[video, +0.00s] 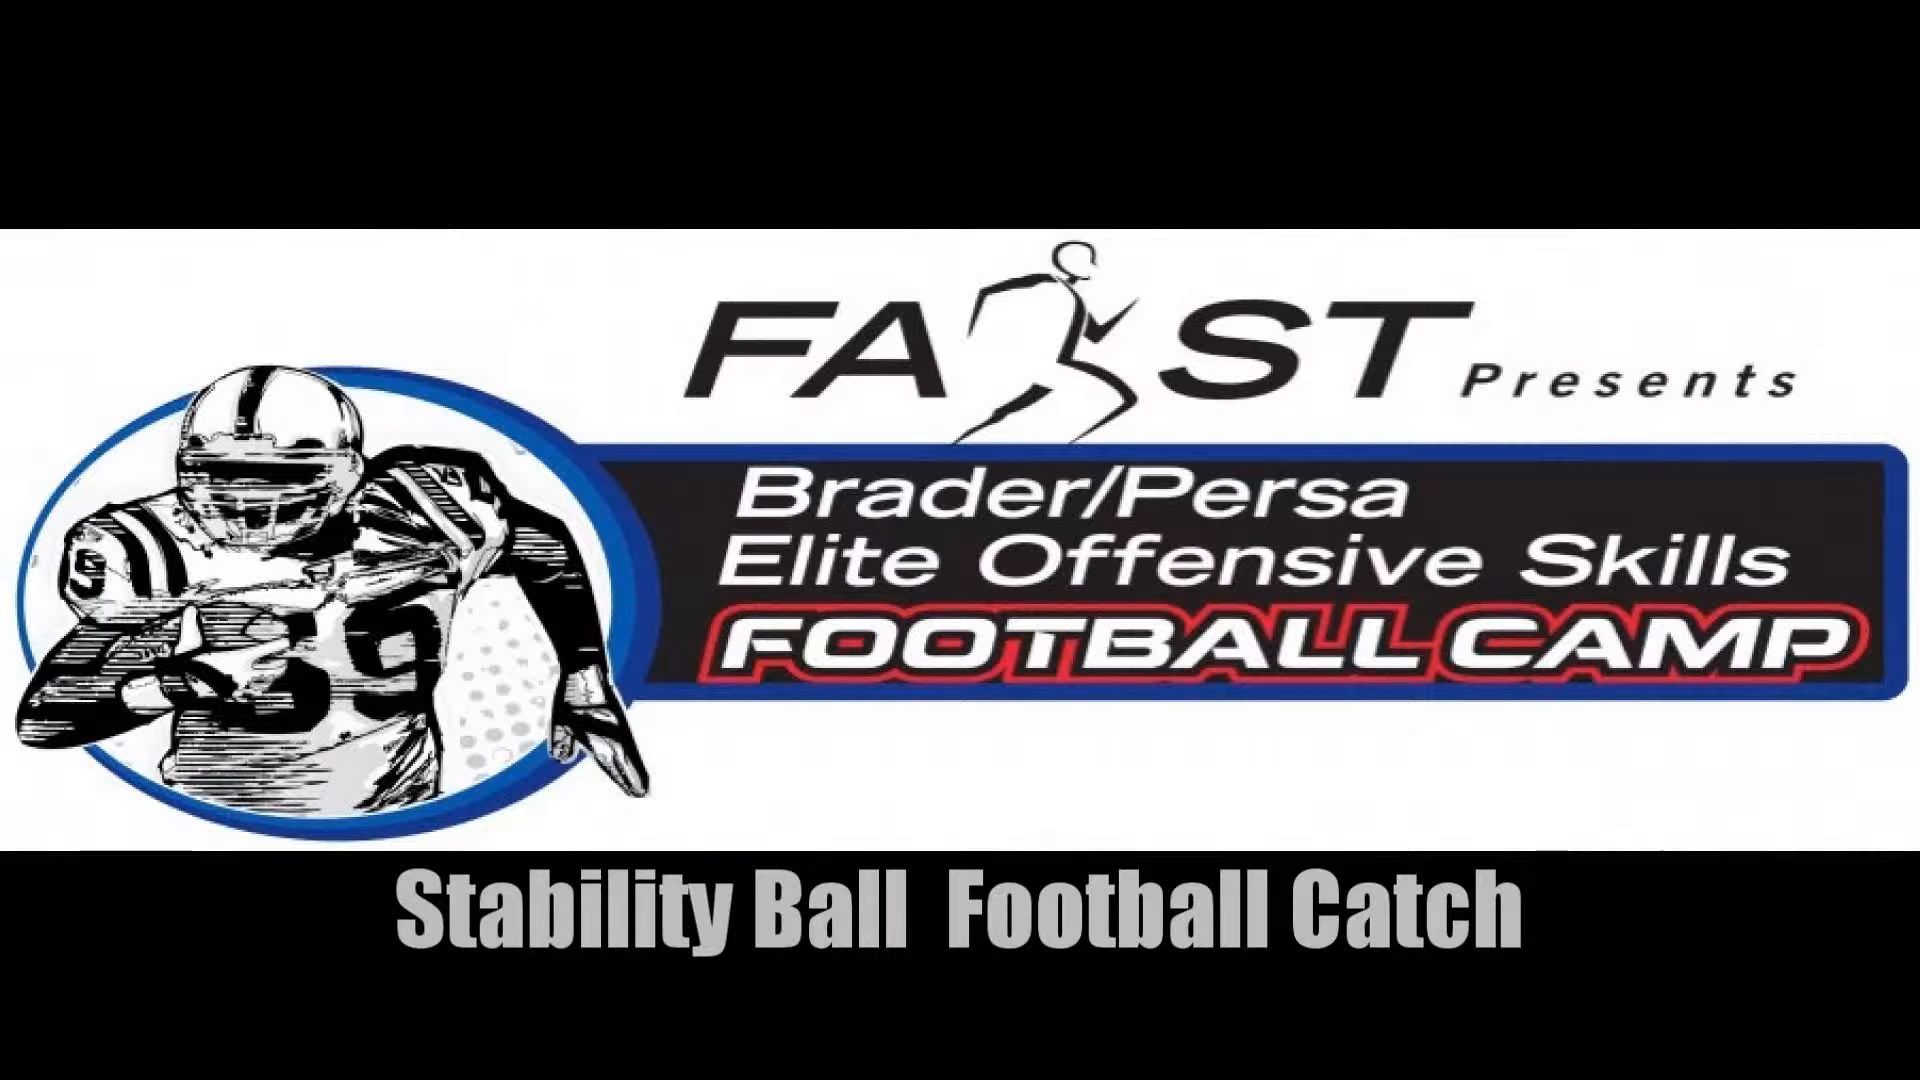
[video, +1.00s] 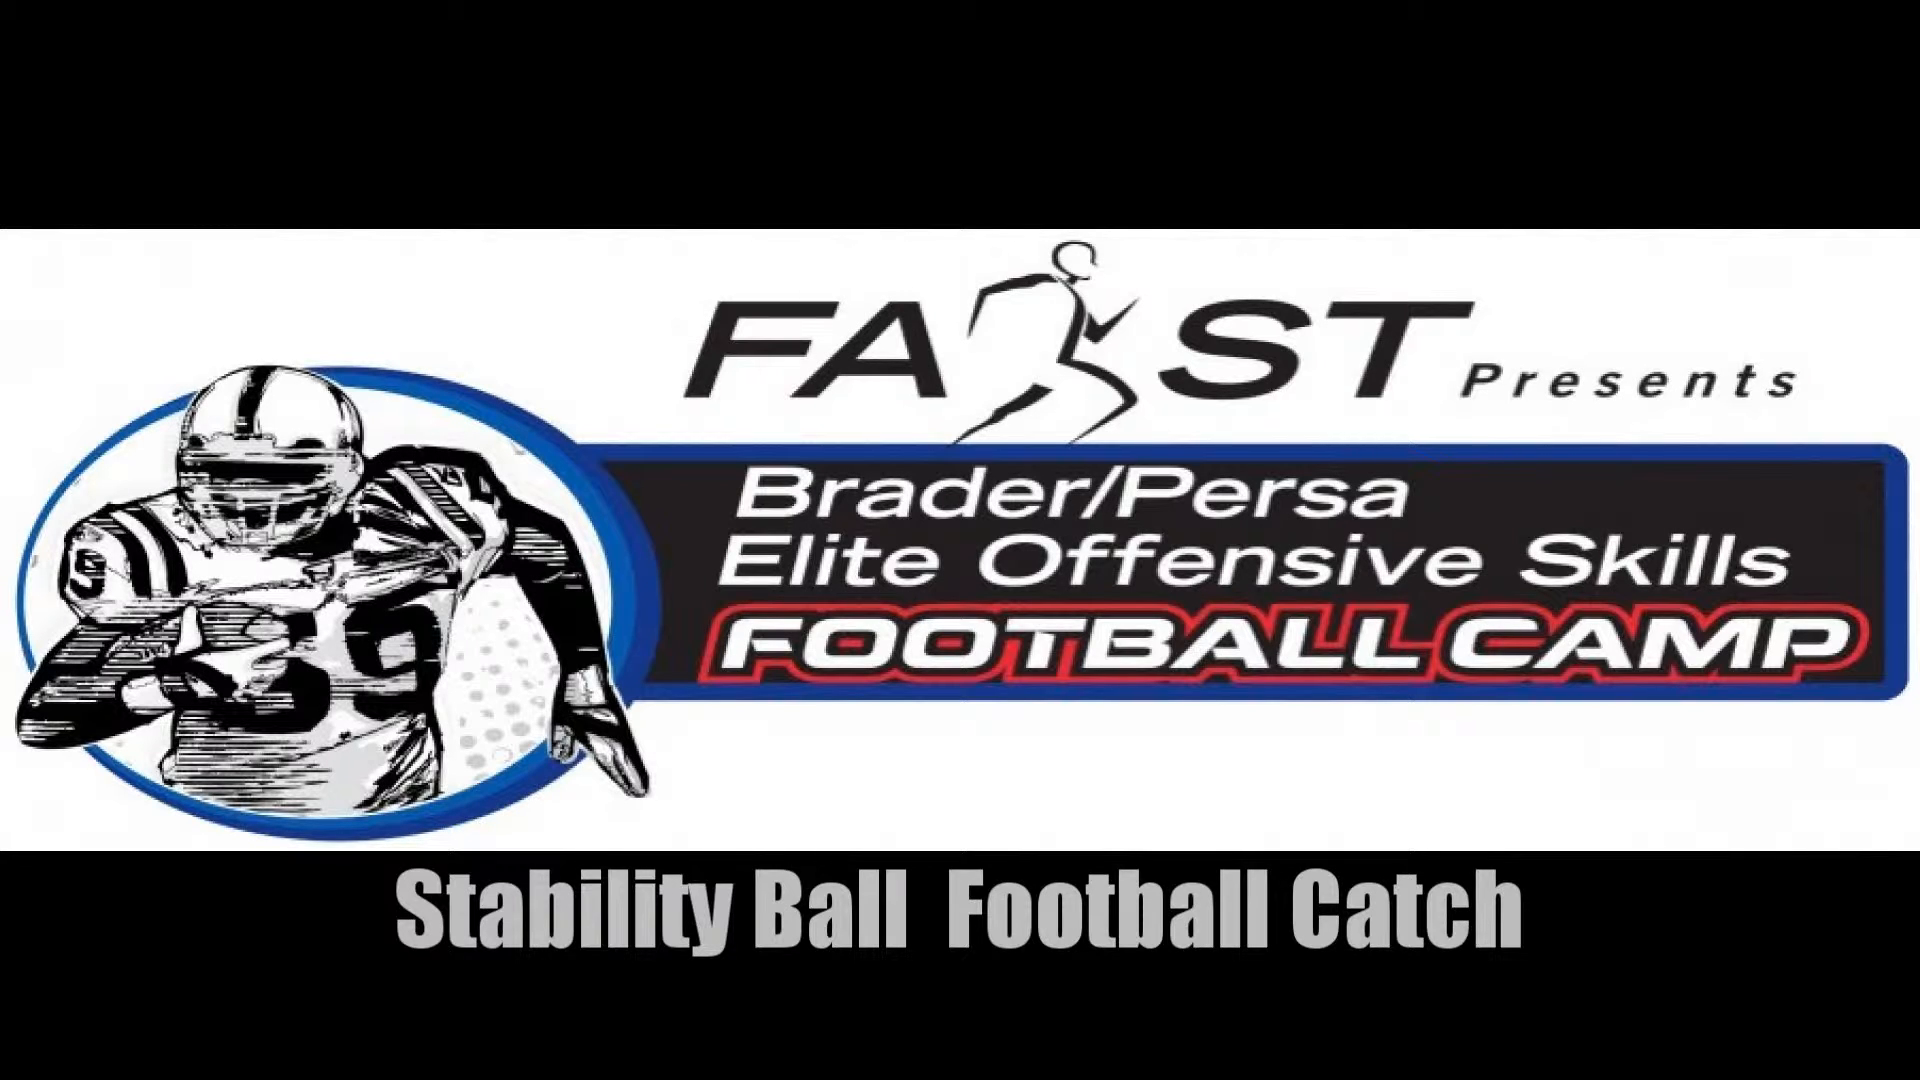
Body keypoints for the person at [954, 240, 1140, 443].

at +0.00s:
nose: (1090, 268)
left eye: (1090, 262)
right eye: (1084, 261)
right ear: (1070, 264)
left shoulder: (1077, 301)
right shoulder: (1044, 282)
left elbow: (1096, 335)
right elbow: (986, 292)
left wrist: (1128, 309)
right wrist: (970, 332)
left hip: (1051, 367)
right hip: (1057, 366)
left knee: (1002, 413)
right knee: (1128, 398)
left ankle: (956, 443)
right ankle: (1074, 441)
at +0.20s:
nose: (1088, 268)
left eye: (1089, 261)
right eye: (1082, 260)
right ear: (1069, 263)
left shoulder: (1077, 301)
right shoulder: (1045, 281)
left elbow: (1096, 335)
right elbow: (986, 292)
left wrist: (1127, 309)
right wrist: (970, 331)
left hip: (1053, 366)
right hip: (1059, 365)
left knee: (1002, 412)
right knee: (1128, 398)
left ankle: (956, 442)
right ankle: (1074, 441)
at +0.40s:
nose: (1088, 268)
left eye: (1089, 261)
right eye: (1082, 260)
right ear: (1069, 263)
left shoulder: (1077, 301)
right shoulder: (1045, 281)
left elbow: (1096, 335)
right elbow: (986, 292)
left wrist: (1127, 309)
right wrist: (970, 331)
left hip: (1053, 366)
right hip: (1059, 365)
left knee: (1002, 412)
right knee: (1128, 398)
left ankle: (956, 442)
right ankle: (1074, 441)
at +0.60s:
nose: (1089, 268)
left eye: (1089, 262)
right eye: (1083, 260)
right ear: (1069, 263)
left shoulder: (1077, 301)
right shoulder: (1045, 282)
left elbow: (1096, 335)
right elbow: (986, 292)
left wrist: (1127, 309)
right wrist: (970, 331)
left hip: (1053, 366)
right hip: (1059, 365)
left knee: (1002, 412)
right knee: (1128, 398)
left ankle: (956, 442)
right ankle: (1074, 441)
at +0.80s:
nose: (1088, 268)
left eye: (1089, 262)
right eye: (1083, 260)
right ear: (1069, 263)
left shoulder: (1077, 301)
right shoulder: (1045, 281)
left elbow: (1096, 335)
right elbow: (986, 292)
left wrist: (1127, 309)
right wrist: (970, 331)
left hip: (1053, 366)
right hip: (1059, 365)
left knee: (1002, 412)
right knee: (1128, 398)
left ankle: (956, 442)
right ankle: (1074, 441)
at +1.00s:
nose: (1088, 268)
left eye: (1089, 262)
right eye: (1082, 260)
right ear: (1069, 263)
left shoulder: (1077, 301)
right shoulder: (1045, 281)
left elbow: (1096, 335)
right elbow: (986, 292)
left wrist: (1127, 309)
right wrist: (970, 331)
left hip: (1053, 366)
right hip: (1059, 365)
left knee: (1002, 412)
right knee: (1128, 398)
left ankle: (956, 442)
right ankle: (1074, 441)